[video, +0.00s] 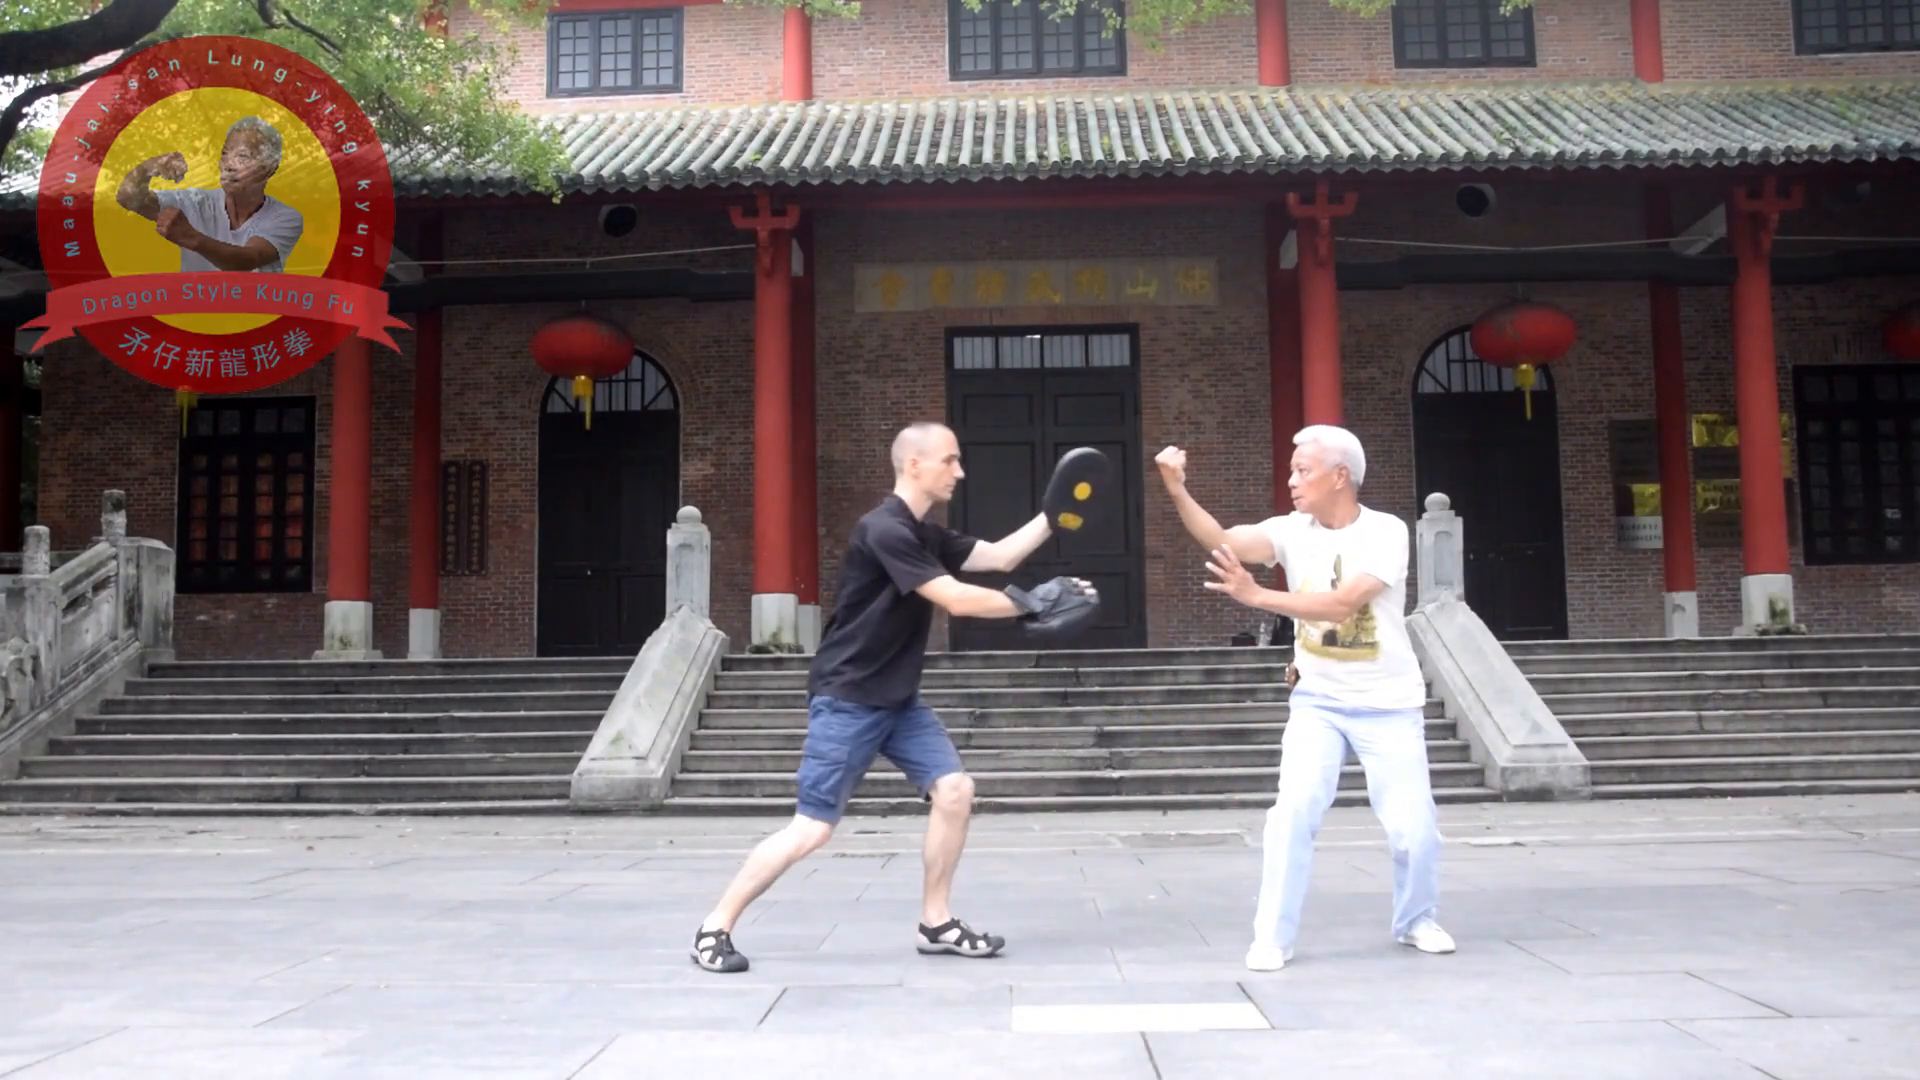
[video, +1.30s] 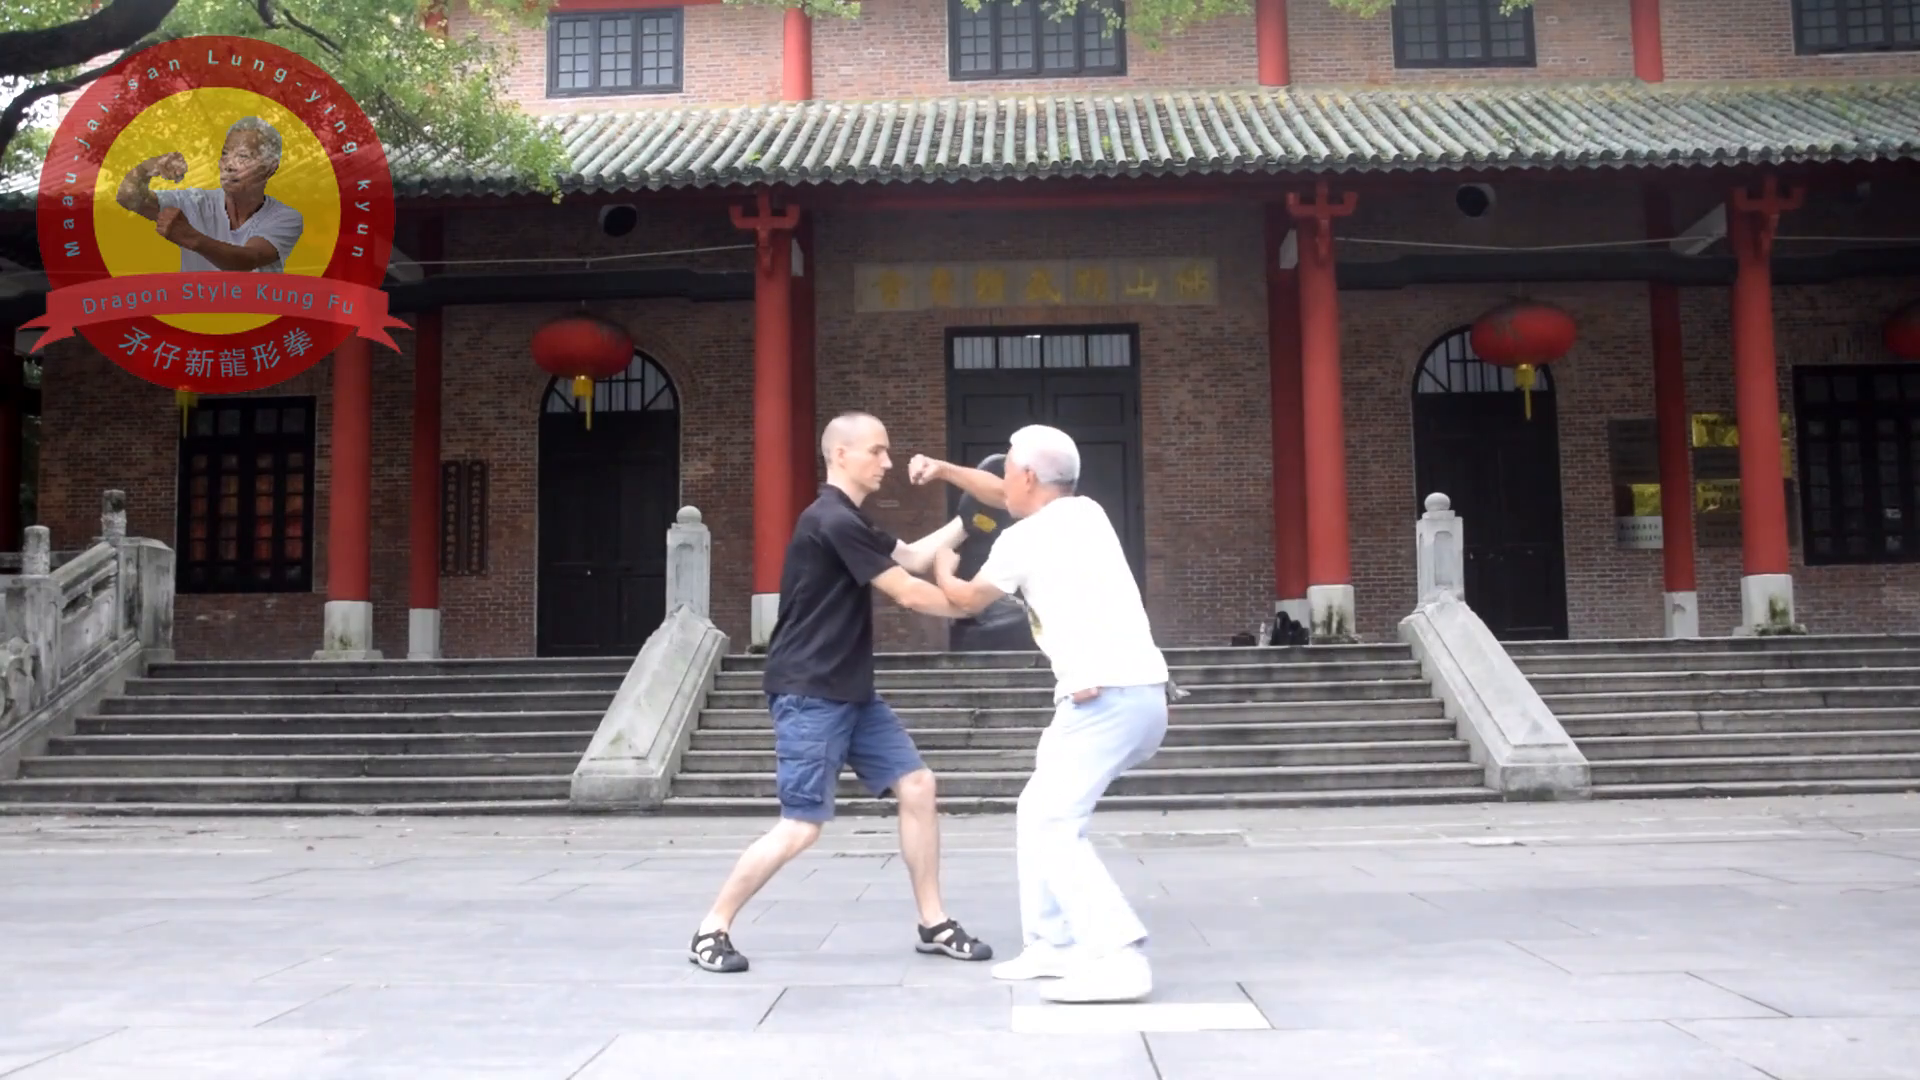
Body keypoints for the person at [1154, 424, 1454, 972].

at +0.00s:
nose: (1291, 481)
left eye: (1301, 471)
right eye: (1291, 471)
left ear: (1340, 476)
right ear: (1315, 477)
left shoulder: (1387, 532)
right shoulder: (1293, 530)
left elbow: (1343, 604)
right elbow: (1227, 543)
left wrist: (1256, 595)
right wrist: (1178, 490)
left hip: (1389, 705)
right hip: (1317, 703)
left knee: (1415, 827)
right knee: (1294, 812)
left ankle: (1418, 920)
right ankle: (1271, 939)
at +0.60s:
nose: (1302, 498)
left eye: (1313, 488)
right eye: (1302, 487)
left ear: (1351, 498)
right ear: (1339, 496)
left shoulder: (1387, 559)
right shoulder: (1288, 537)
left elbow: (1340, 635)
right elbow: (1217, 558)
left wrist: (1258, 633)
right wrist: (1168, 552)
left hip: (1355, 717)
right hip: (1279, 709)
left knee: (1409, 830)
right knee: (1252, 805)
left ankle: (1412, 923)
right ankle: (1256, 932)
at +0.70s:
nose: (1278, 509)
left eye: (1289, 499)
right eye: (1278, 498)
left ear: (1328, 508)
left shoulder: (1361, 568)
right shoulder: (1264, 544)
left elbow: (1323, 633)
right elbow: (1219, 588)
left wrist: (1274, 693)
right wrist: (1269, 579)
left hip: (1332, 721)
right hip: (1256, 713)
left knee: (1392, 833)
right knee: (1198, 797)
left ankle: (1411, 923)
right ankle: (1173, 923)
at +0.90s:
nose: (1155, 502)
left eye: (1166, 493)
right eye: (1158, 493)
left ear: (1200, 503)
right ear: (1184, 501)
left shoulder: (1235, 560)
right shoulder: (1151, 547)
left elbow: (1177, 612)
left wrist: (1102, 566)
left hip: (1255, 732)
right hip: (1185, 730)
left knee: (1321, 831)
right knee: (1112, 809)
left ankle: (1407, 911)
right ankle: (1066, 936)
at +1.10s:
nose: (1049, 484)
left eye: (1056, 476)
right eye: (1054, 474)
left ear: (1080, 487)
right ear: (1092, 489)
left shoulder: (1083, 545)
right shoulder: (1111, 528)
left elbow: (1014, 605)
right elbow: (1037, 515)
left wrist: (975, 612)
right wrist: (973, 491)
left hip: (1168, 719)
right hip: (1123, 717)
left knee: (1186, 848)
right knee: (1054, 804)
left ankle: (1294, 885)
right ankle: (1053, 940)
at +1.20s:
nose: (1017, 483)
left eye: (1021, 473)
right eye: (1021, 473)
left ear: (1042, 482)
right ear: (1069, 483)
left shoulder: (1043, 542)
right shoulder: (1097, 517)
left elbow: (989, 606)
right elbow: (1016, 505)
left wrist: (958, 598)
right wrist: (952, 477)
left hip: (1129, 706)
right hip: (1129, 703)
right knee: (1042, 807)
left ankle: (1224, 913)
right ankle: (1055, 941)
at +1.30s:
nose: (1003, 475)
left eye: (1007, 467)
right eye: (1008, 466)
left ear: (1026, 476)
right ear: (1061, 477)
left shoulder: (1026, 535)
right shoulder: (1089, 513)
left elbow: (966, 598)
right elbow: (1007, 493)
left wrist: (938, 559)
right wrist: (945, 470)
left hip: (1098, 701)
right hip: (1144, 697)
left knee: (1052, 820)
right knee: (1037, 808)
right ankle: (1050, 943)